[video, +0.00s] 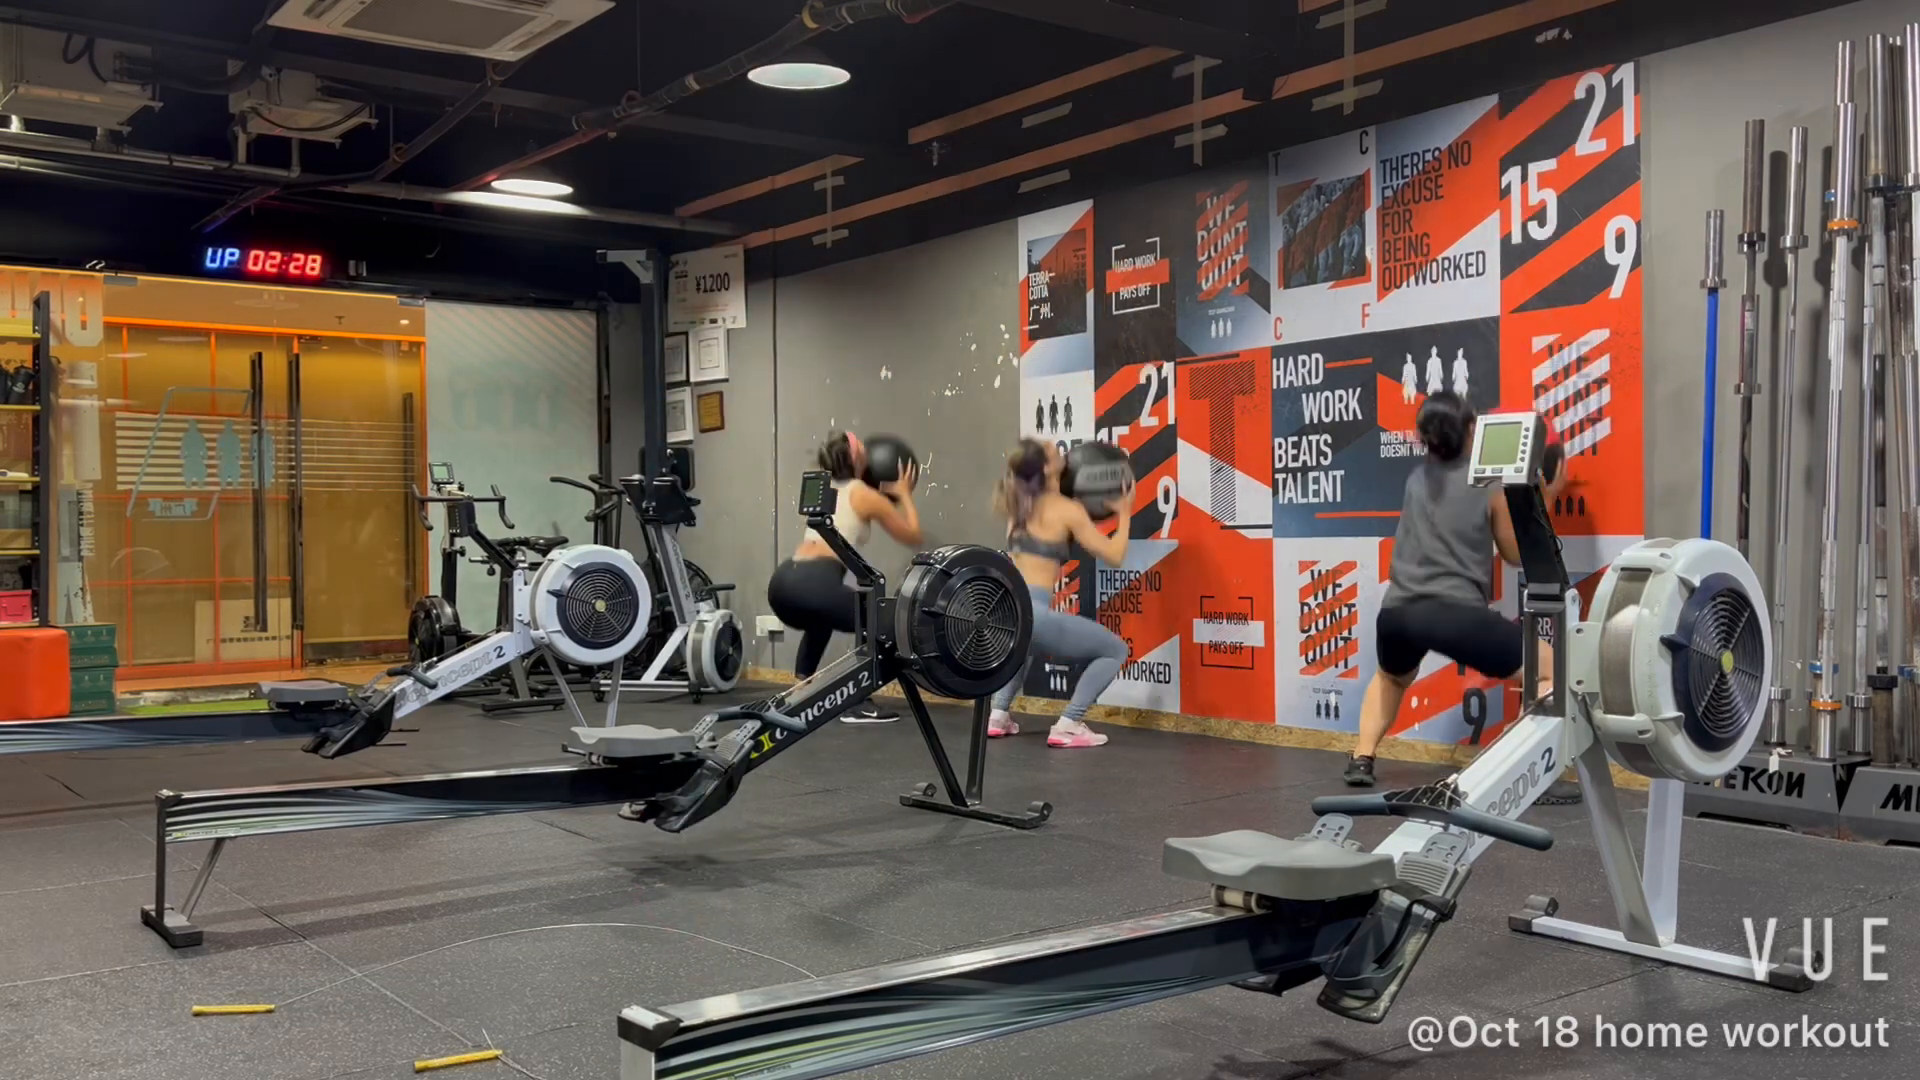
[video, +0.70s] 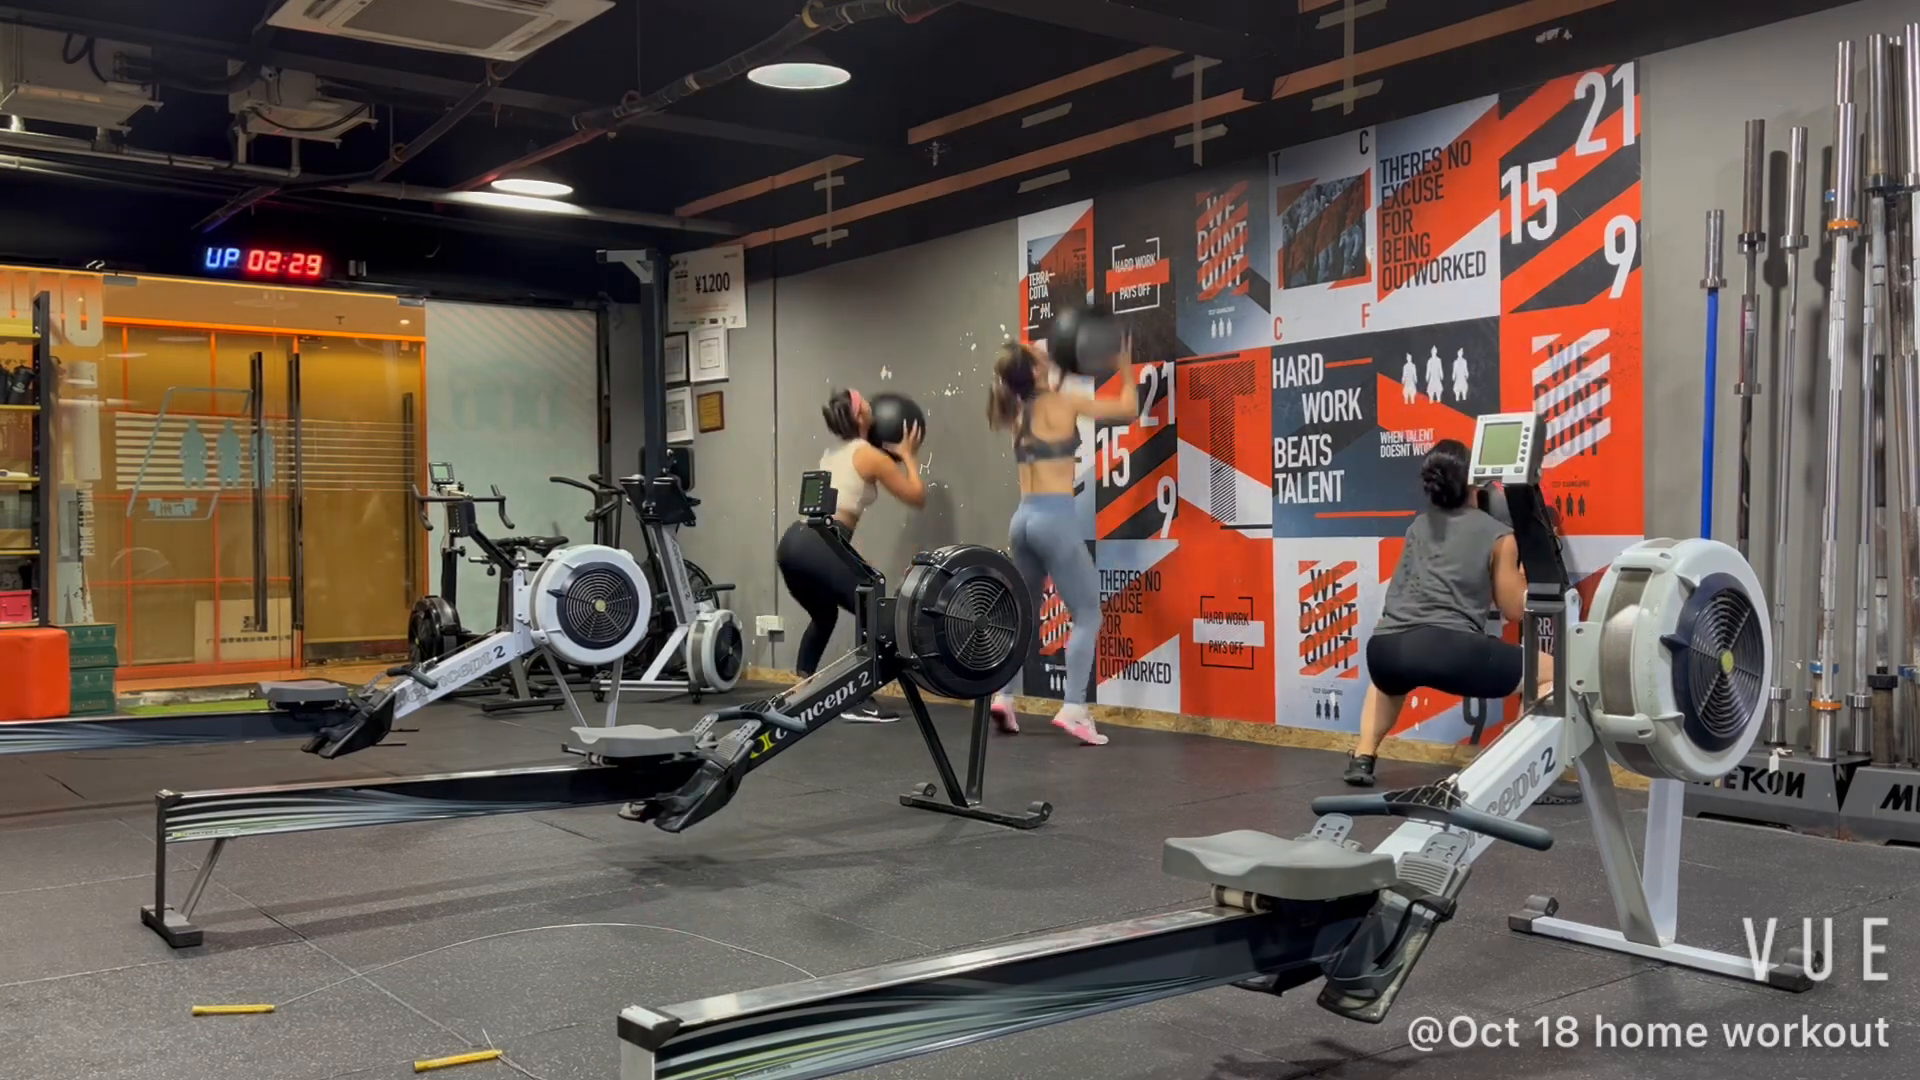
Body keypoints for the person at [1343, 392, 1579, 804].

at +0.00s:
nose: (1479, 429)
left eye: (1474, 423)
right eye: (1475, 424)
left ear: (1426, 437)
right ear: (1470, 432)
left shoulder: (1416, 480)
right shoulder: (1488, 485)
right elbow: (1515, 554)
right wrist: (1545, 499)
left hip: (1399, 612)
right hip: (1459, 614)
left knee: (1390, 677)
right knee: (1547, 669)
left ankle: (1361, 759)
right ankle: (1541, 775)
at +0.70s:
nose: (1482, 480)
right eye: (1479, 474)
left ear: (1432, 485)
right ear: (1475, 484)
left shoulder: (1418, 525)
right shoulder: (1498, 536)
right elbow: (1513, 609)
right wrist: (1520, 573)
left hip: (1387, 650)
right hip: (1450, 649)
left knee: (1388, 683)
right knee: (1548, 672)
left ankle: (1362, 759)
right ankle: (1533, 772)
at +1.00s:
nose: (1469, 402)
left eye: (1464, 395)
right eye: (1465, 397)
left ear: (1419, 412)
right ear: (1461, 406)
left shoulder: (1408, 455)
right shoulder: (1481, 451)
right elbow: (1506, 522)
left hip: (1399, 587)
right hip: (1458, 585)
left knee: (1391, 671)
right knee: (1533, 667)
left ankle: (1363, 755)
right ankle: (1525, 767)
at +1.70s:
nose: (1454, 353)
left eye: (1448, 348)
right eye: (1450, 350)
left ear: (1409, 368)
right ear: (1445, 363)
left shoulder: (1399, 400)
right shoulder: (1473, 394)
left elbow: (1397, 363)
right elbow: (1535, 356)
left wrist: (1412, 314)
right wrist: (1553, 289)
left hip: (1417, 554)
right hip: (1471, 553)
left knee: (1398, 663)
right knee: (1496, 665)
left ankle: (1362, 760)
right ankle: (1523, 772)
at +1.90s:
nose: (1452, 349)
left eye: (1447, 344)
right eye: (1449, 347)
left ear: (1408, 366)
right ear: (1448, 360)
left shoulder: (1401, 406)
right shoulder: (1474, 400)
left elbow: (1428, 377)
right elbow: (1536, 396)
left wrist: (1443, 335)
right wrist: (1537, 332)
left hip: (1411, 555)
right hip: (1468, 556)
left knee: (1397, 660)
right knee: (1502, 663)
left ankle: (1362, 762)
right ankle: (1522, 774)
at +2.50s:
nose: (1480, 483)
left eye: (1477, 477)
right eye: (1477, 478)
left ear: (1428, 491)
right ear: (1472, 488)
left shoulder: (1415, 535)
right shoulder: (1494, 544)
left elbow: (1412, 596)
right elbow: (1512, 616)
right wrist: (1528, 591)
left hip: (1389, 664)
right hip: (1454, 665)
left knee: (1401, 687)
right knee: (1549, 671)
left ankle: (1366, 759)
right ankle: (1529, 773)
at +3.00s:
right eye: (1481, 445)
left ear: (1436, 456)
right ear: (1478, 453)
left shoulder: (1421, 501)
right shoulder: (1494, 503)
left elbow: (1405, 567)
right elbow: (1516, 581)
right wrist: (1538, 524)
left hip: (1392, 620)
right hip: (1456, 621)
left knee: (1400, 677)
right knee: (1545, 672)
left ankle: (1365, 760)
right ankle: (1532, 777)